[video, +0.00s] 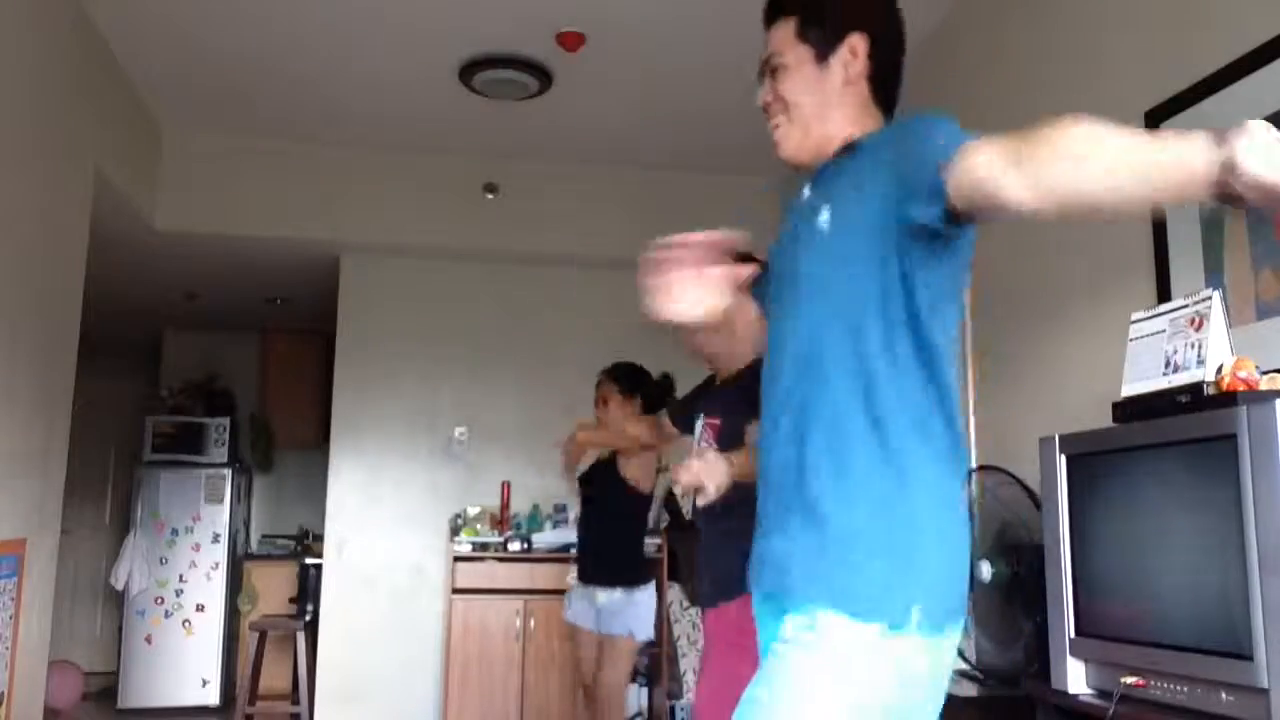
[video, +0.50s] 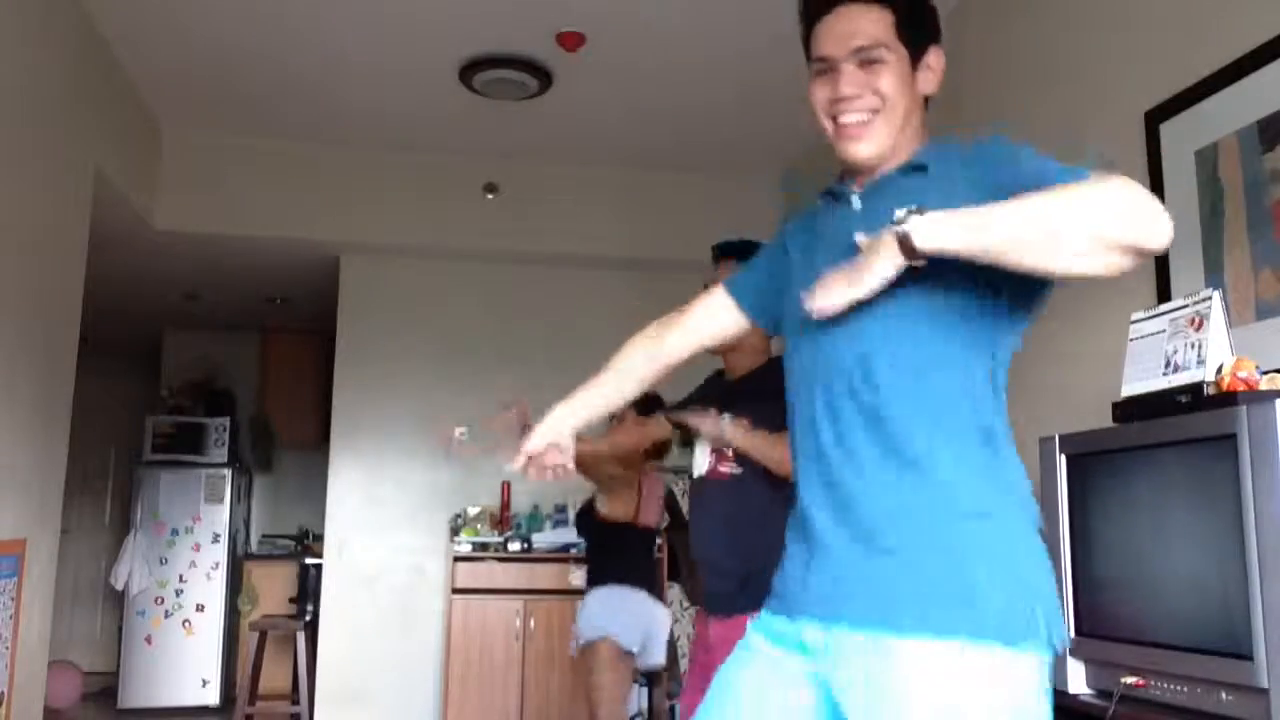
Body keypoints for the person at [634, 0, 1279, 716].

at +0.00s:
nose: (762, 95)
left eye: (776, 70)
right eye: (761, 77)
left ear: (848, 59)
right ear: (839, 65)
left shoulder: (901, 153)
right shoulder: (800, 222)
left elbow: (1023, 171)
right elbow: (742, 353)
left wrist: (1223, 159)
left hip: (874, 603)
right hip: (806, 600)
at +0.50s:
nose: (843, 87)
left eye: (869, 61)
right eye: (824, 69)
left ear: (927, 71)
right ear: (809, 90)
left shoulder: (979, 170)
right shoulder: (804, 235)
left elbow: (1142, 227)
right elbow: (683, 334)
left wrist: (912, 235)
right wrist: (565, 418)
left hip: (957, 626)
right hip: (803, 617)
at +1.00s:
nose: (784, 117)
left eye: (804, 89)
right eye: (778, 98)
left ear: (880, 82)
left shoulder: (941, 169)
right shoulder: (807, 249)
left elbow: (1050, 214)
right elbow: (704, 373)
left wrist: (1219, 245)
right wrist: (719, 334)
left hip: (933, 597)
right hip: (841, 596)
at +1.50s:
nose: (841, 76)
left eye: (858, 44)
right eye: (826, 61)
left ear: (933, 35)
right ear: (826, 78)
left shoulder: (1006, 118)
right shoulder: (858, 204)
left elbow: (1183, 137)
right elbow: (743, 322)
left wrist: (964, 212)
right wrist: (576, 396)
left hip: (996, 594)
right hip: (857, 593)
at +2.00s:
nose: (916, 55)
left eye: (942, 26)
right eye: (895, 36)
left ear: (1000, 33)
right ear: (880, 59)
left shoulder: (1055, 119)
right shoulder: (887, 209)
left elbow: (1209, 162)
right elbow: (797, 348)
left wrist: (1078, 261)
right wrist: (653, 451)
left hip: (1031, 568)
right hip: (924, 568)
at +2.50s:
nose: (923, 77)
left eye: (943, 45)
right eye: (913, 61)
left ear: (1026, 31)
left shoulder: (1109, 132)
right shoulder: (946, 231)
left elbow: (1238, 164)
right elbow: (895, 361)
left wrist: (1266, 188)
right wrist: (864, 361)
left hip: (1093, 596)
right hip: (948, 596)